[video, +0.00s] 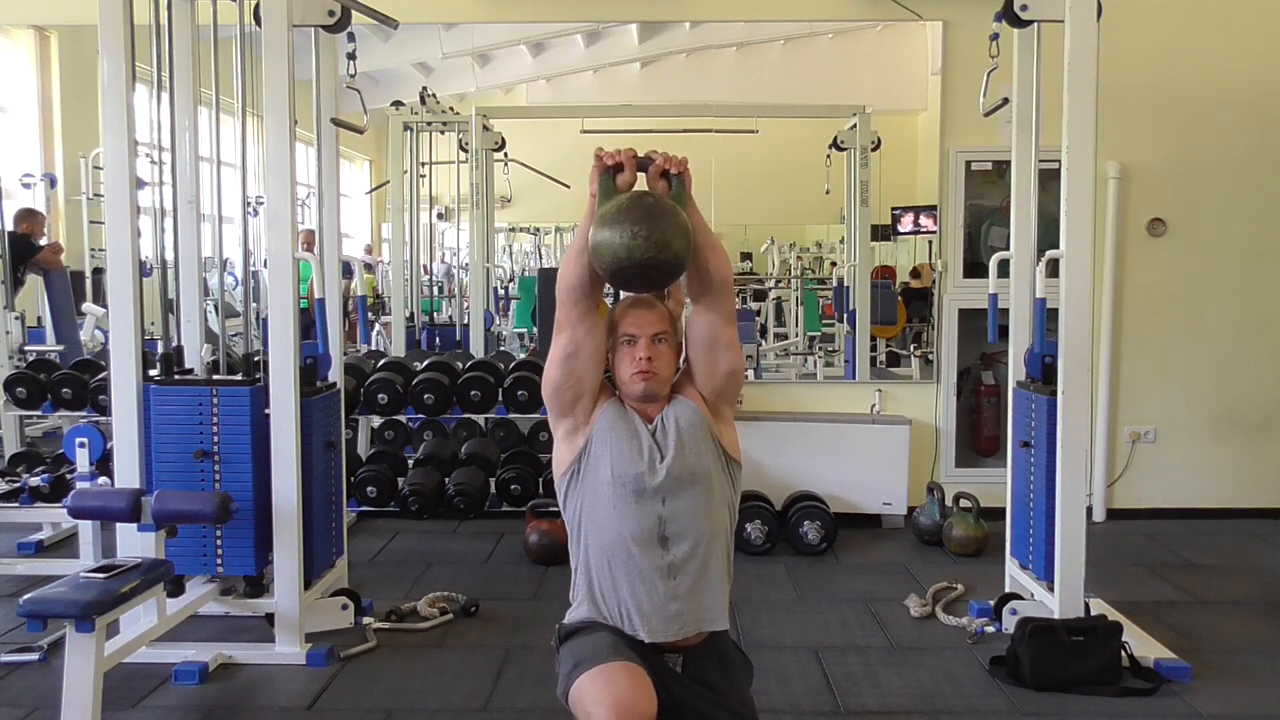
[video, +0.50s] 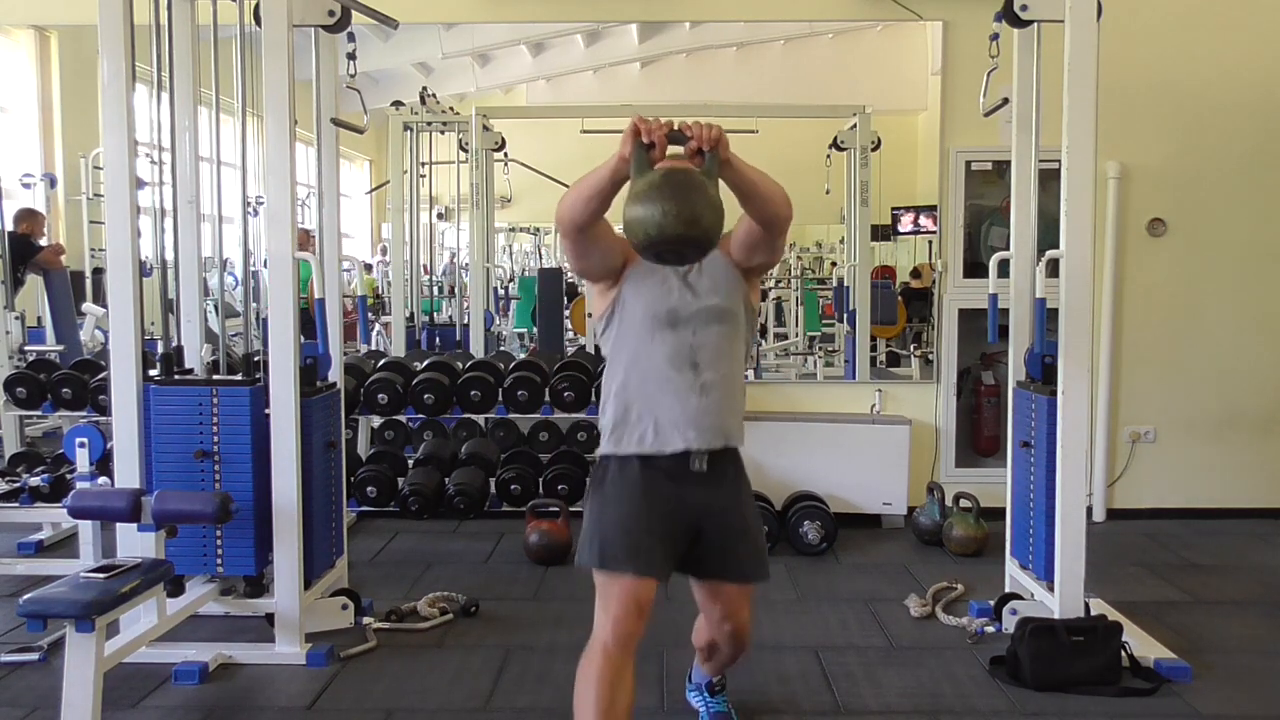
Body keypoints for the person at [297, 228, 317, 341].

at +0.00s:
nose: (305, 247)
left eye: (309, 243)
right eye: (302, 243)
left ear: (315, 244)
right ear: (298, 244)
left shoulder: (320, 264)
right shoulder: (293, 263)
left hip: (312, 308)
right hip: (297, 308)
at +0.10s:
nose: (306, 246)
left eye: (309, 242)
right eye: (303, 242)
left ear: (315, 242)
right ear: (299, 242)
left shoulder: (321, 262)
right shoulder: (294, 262)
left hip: (314, 307)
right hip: (298, 306)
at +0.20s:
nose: (305, 246)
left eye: (309, 242)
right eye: (303, 242)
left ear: (316, 242)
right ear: (299, 242)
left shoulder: (322, 262)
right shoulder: (295, 262)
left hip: (315, 307)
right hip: (298, 307)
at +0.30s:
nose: (303, 247)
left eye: (307, 243)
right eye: (301, 243)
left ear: (314, 244)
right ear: (297, 243)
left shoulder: (319, 263)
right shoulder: (292, 262)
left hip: (311, 308)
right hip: (295, 307)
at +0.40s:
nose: (301, 248)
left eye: (305, 244)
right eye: (298, 244)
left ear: (313, 244)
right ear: (294, 243)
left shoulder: (317, 264)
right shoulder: (289, 263)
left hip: (308, 309)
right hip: (292, 308)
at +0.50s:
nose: (299, 248)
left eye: (301, 245)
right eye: (296, 244)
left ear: (308, 244)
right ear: (292, 243)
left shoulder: (311, 263)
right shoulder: (286, 262)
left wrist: (314, 312)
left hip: (306, 308)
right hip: (289, 308)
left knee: (313, 341)